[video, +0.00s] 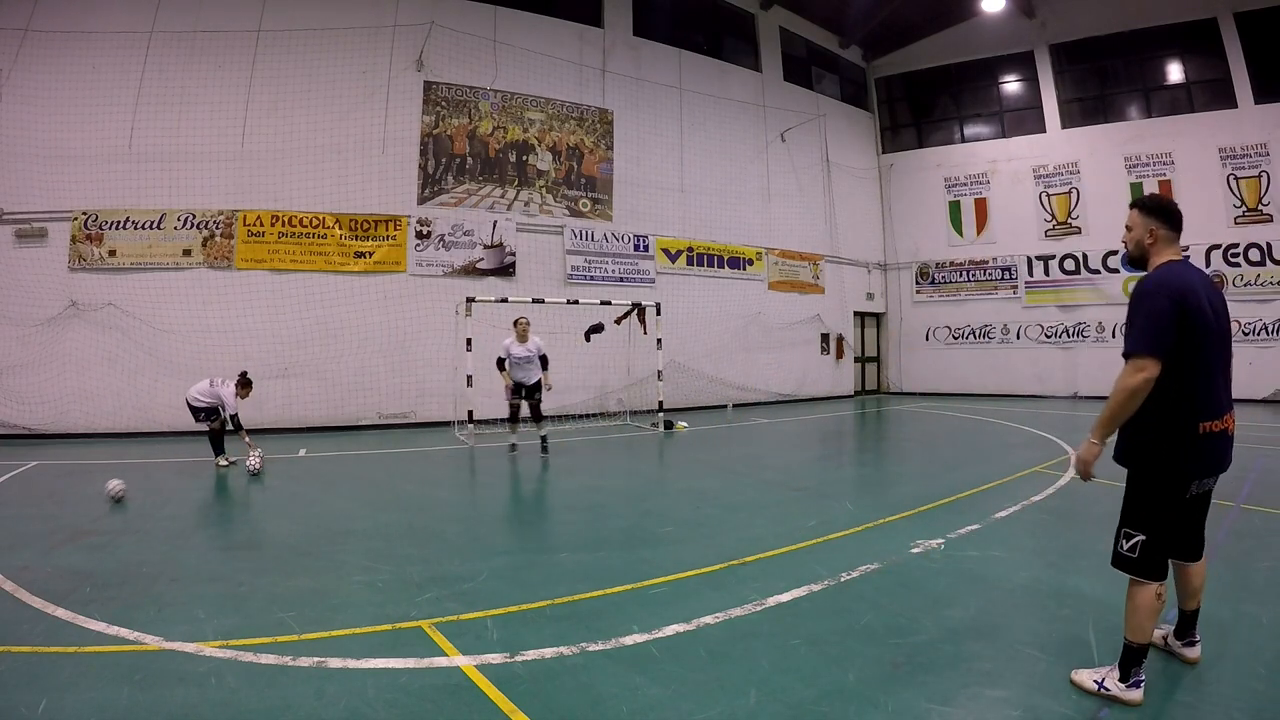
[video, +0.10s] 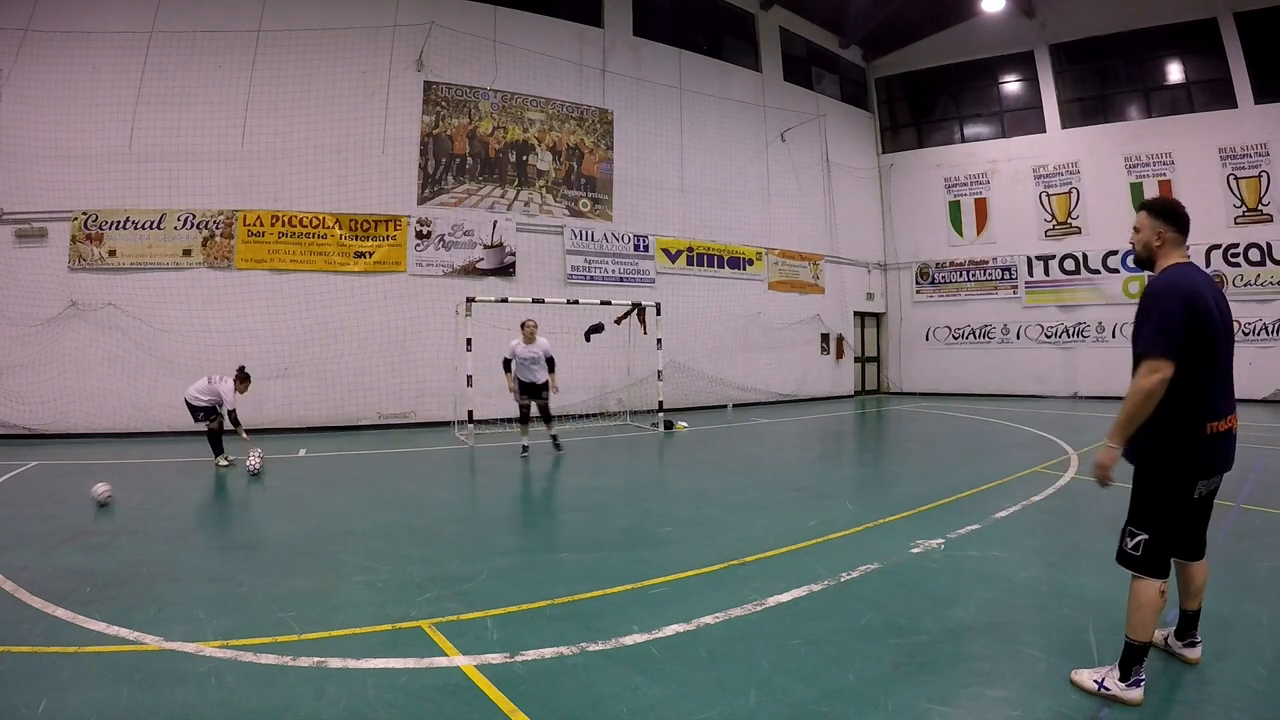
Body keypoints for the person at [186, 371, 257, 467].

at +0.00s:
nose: (248, 395)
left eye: (249, 393)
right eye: (247, 392)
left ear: (239, 387)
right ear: (240, 388)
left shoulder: (232, 387)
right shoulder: (229, 394)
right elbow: (235, 422)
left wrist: (244, 437)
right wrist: (247, 440)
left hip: (205, 398)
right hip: (195, 399)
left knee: (221, 423)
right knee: (215, 425)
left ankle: (222, 455)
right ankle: (218, 457)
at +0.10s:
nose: (246, 390)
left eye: (247, 387)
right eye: (246, 386)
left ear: (237, 382)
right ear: (238, 382)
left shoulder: (230, 383)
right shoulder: (228, 388)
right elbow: (232, 415)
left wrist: (239, 429)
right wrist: (241, 432)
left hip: (204, 398)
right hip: (195, 398)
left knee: (218, 422)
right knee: (213, 424)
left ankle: (221, 455)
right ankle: (218, 457)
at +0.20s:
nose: (244, 380)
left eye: (245, 377)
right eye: (243, 377)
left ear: (235, 373)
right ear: (235, 374)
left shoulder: (226, 377)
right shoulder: (226, 382)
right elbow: (227, 409)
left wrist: (234, 425)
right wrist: (235, 427)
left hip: (205, 398)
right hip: (194, 398)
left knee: (218, 422)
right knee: (212, 424)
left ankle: (220, 454)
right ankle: (218, 457)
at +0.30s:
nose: (239, 369)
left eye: (240, 366)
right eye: (238, 365)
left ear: (229, 364)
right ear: (231, 364)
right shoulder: (222, 376)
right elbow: (219, 400)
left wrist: (221, 415)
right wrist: (224, 419)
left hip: (203, 397)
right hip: (194, 397)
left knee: (214, 423)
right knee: (212, 424)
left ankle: (208, 453)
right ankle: (217, 456)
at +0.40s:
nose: (232, 359)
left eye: (232, 357)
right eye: (230, 357)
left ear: (223, 356)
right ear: (223, 356)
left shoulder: (215, 365)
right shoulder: (217, 369)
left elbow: (211, 387)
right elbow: (208, 392)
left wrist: (216, 400)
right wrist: (211, 409)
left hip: (196, 396)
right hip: (193, 397)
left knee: (208, 424)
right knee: (210, 424)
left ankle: (194, 452)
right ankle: (217, 457)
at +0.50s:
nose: (223, 353)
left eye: (224, 350)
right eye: (221, 350)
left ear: (217, 351)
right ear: (213, 351)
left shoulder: (213, 364)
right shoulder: (208, 365)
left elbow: (210, 382)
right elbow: (197, 385)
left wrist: (217, 396)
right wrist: (197, 405)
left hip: (201, 399)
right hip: (192, 400)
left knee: (202, 428)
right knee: (205, 428)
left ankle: (188, 455)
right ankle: (216, 456)